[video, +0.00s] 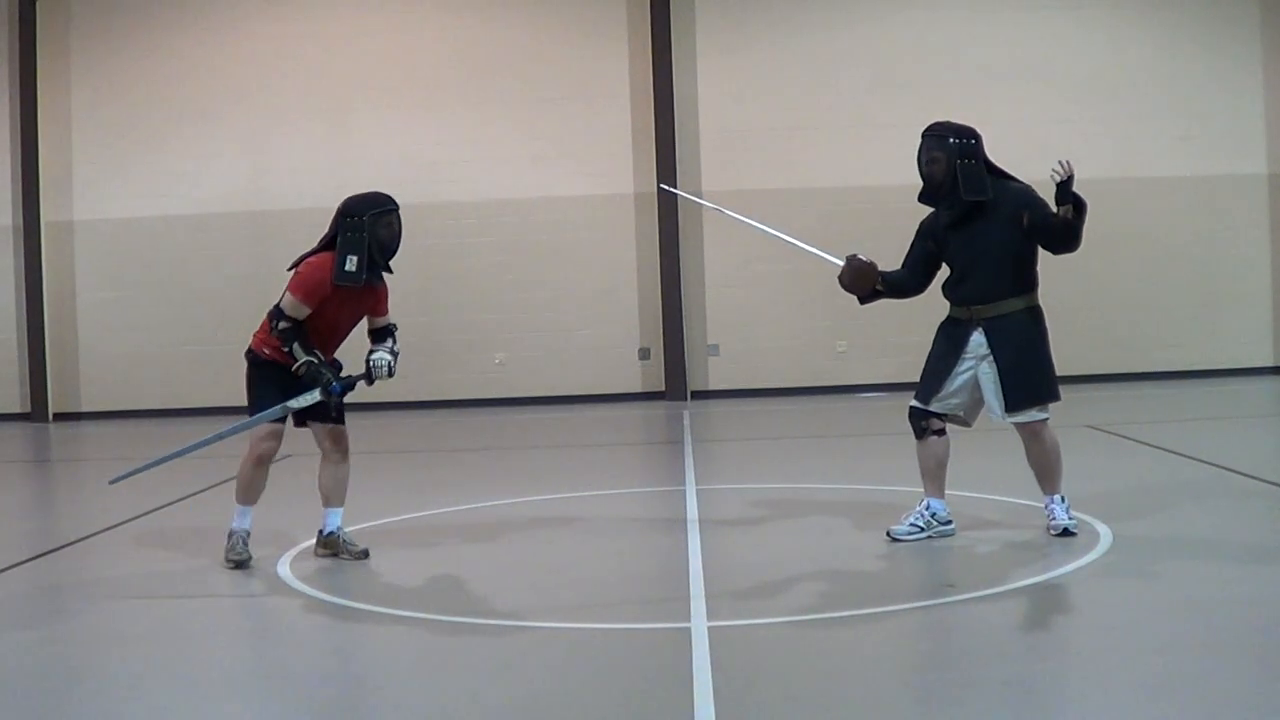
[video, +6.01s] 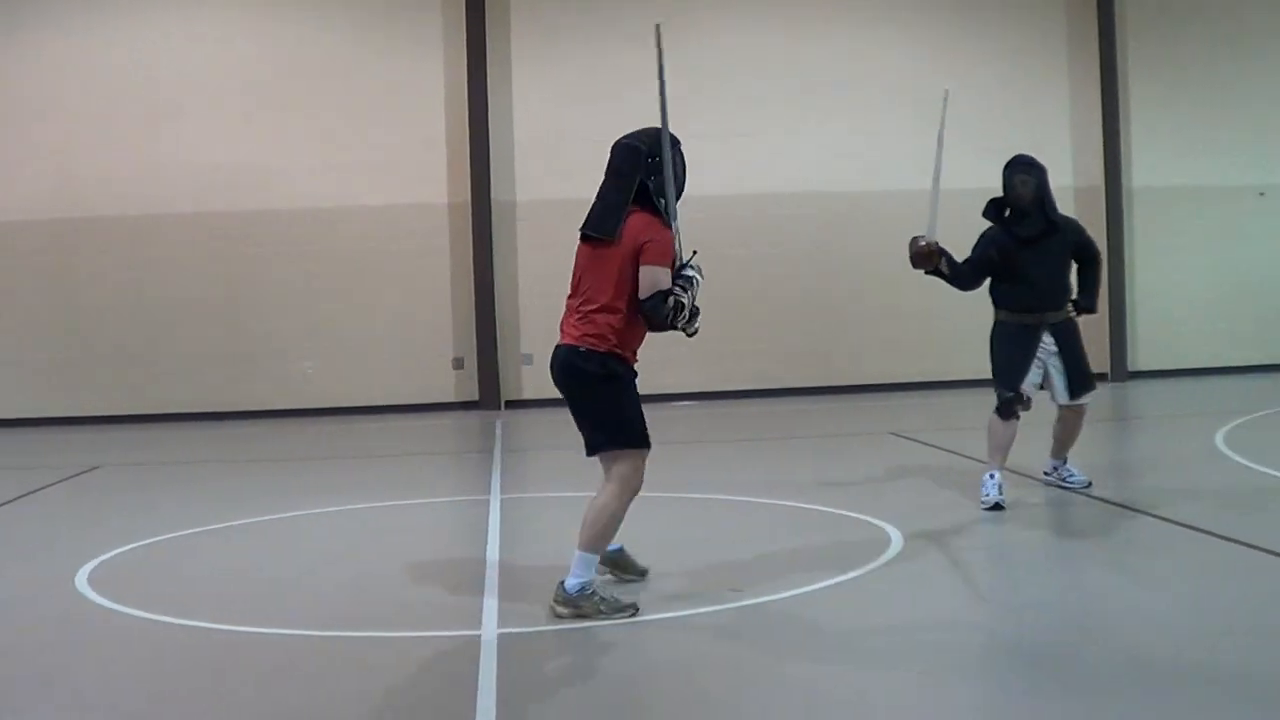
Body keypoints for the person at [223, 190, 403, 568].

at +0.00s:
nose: (394, 235)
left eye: (395, 227)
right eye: (386, 227)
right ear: (360, 229)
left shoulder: (374, 283)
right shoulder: (320, 270)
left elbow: (381, 330)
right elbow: (280, 324)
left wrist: (383, 352)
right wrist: (309, 364)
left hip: (319, 366)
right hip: (272, 360)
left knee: (336, 444)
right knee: (266, 445)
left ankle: (331, 533)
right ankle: (239, 532)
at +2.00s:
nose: (544, 217)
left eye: (541, 208)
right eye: (538, 208)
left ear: (503, 218)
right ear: (519, 216)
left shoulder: (506, 260)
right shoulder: (495, 262)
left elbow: (561, 303)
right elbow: (565, 302)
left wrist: (606, 274)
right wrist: (613, 271)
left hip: (465, 390)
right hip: (426, 388)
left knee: (538, 444)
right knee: (383, 482)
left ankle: (591, 531)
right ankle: (309, 564)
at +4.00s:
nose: (802, 199)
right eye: (800, 193)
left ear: (749, 194)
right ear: (795, 199)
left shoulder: (728, 232)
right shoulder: (804, 250)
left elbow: (714, 230)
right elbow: (803, 300)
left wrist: (750, 207)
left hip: (726, 353)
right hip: (779, 356)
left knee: (701, 442)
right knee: (812, 434)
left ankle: (689, 512)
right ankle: (828, 518)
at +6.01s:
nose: (681, 181)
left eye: (679, 170)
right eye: (676, 171)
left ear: (626, 171)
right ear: (661, 175)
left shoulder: (600, 218)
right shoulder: (653, 230)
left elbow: (598, 287)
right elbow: (656, 310)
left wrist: (666, 281)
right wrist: (682, 293)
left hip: (572, 357)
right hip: (602, 364)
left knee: (622, 464)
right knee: (626, 474)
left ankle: (603, 547)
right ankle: (577, 586)